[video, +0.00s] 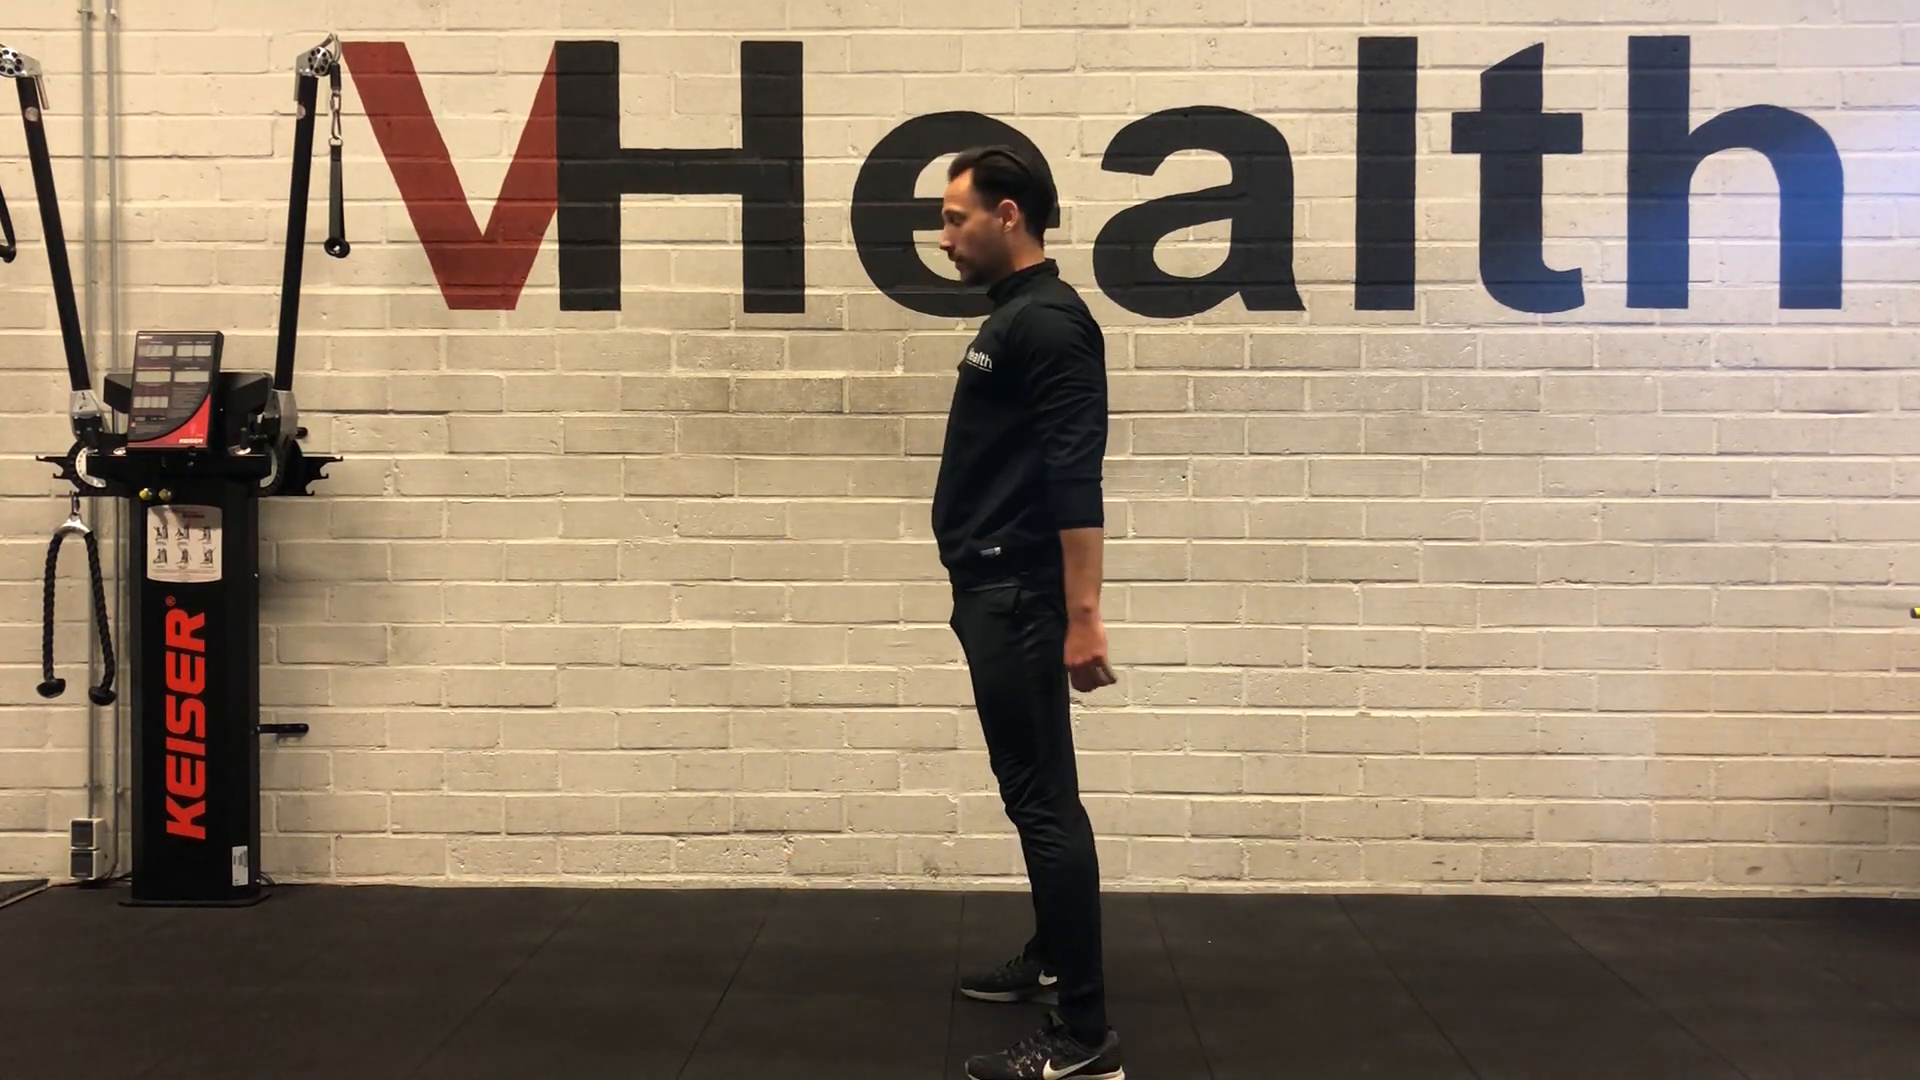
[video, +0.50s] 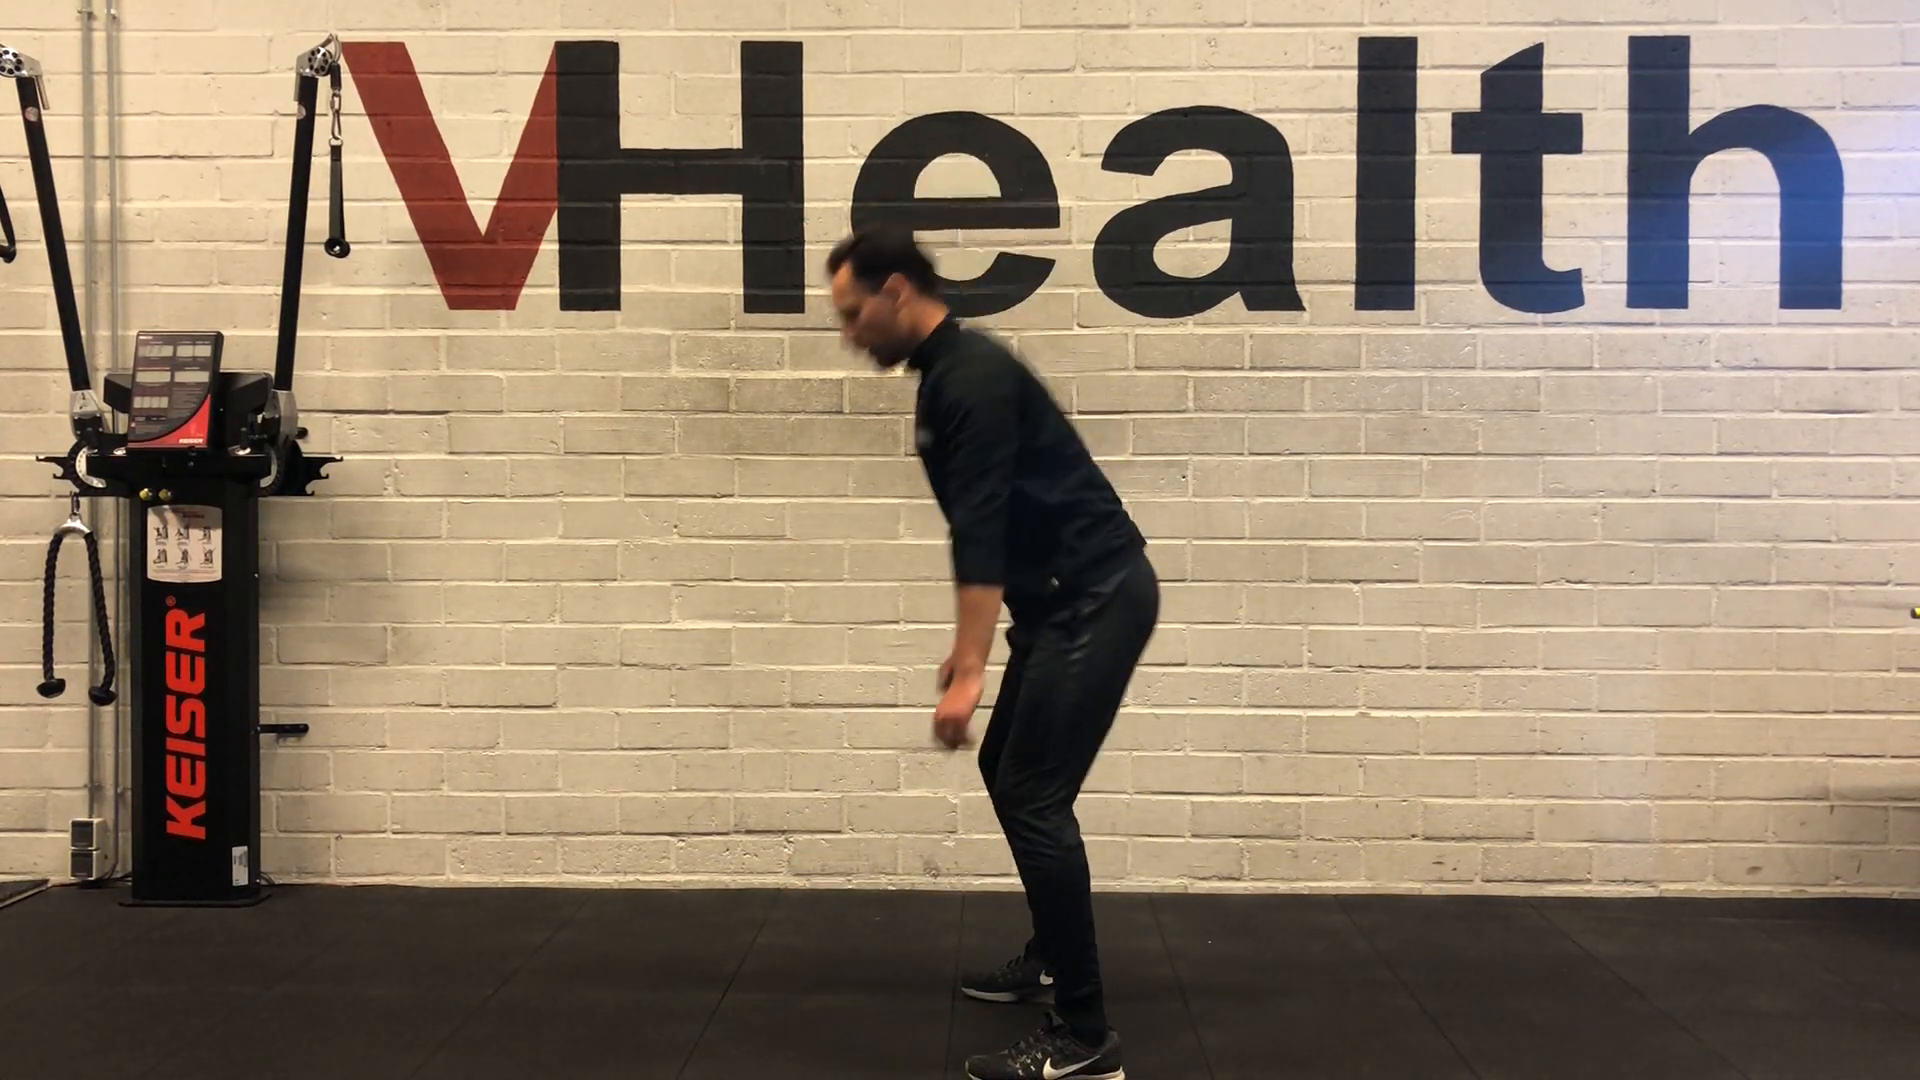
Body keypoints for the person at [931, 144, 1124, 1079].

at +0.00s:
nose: (944, 232)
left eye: (955, 216)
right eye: (943, 217)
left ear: (1012, 218)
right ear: (1009, 223)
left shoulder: (1052, 323)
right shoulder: (1016, 316)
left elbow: (1077, 477)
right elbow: (1032, 468)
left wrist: (1083, 616)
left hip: (1023, 602)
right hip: (997, 596)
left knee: (1047, 807)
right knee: (1032, 794)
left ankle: (1084, 1036)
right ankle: (1055, 958)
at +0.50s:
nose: (847, 334)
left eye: (851, 314)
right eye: (840, 318)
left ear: (899, 291)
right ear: (896, 295)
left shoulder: (971, 381)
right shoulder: (948, 376)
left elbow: (981, 540)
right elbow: (980, 537)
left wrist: (965, 674)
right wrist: (968, 661)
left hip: (1100, 600)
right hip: (1059, 602)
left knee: (1035, 792)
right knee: (1010, 769)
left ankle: (1083, 1032)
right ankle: (1056, 956)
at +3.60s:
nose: (791, 655)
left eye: (787, 637)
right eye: (782, 643)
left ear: (822, 611)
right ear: (825, 606)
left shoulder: (906, 651)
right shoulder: (897, 624)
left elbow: (902, 812)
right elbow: (897, 794)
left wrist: (872, 956)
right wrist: (875, 914)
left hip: (1137, 688)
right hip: (1101, 672)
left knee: (986, 821)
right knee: (962, 774)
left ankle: (1085, 1031)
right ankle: (1037, 952)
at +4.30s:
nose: (756, 718)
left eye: (759, 702)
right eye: (753, 702)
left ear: (807, 688)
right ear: (818, 681)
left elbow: (904, 904)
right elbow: (922, 874)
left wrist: (888, 1055)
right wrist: (895, 970)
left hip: (1064, 926)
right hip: (1070, 893)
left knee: (1258, 1036)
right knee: (1224, 969)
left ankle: (1486, 1000)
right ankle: (1406, 910)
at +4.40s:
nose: (732, 757)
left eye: (731, 739)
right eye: (724, 743)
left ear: (768, 711)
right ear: (775, 701)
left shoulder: (862, 750)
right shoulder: (851, 735)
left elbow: (895, 902)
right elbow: (892, 877)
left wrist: (890, 1049)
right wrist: (885, 974)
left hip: (1087, 873)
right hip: (1076, 855)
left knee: (1274, 987)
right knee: (1235, 934)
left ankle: (1511, 1001)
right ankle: (1426, 907)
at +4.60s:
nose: (761, 799)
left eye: (755, 783)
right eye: (750, 787)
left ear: (782, 746)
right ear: (785, 735)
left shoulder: (874, 745)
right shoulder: (858, 728)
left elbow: (901, 899)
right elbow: (900, 876)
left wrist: (888, 1055)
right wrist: (884, 973)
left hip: (1106, 656)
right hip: (1091, 664)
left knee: (1140, 869)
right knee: (1148, 830)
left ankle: (1367, 952)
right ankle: (1341, 874)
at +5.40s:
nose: (906, 244)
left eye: (919, 229)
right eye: (910, 229)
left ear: (969, 236)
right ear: (972, 236)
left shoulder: (1004, 335)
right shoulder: (992, 326)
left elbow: (1043, 480)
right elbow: (1035, 476)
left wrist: (1050, 615)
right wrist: (1021, 598)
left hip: (1065, 589)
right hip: (1053, 585)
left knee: (1026, 790)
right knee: (1027, 783)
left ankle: (1076, 1018)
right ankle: (1059, 955)